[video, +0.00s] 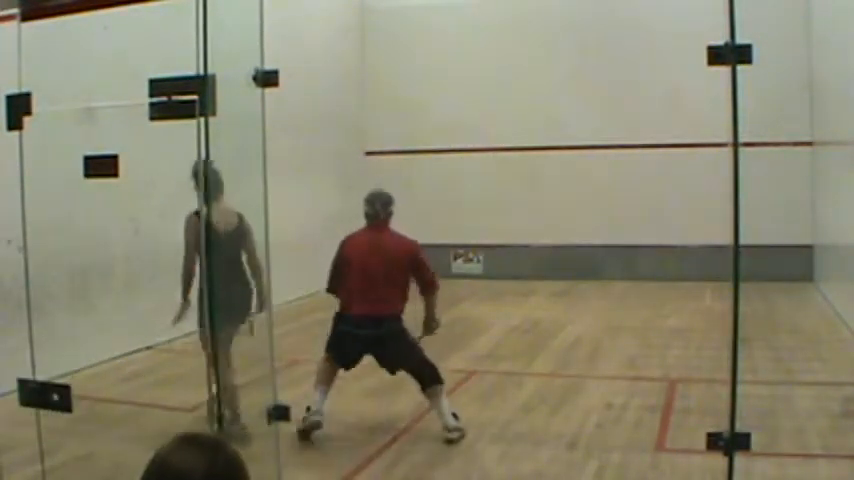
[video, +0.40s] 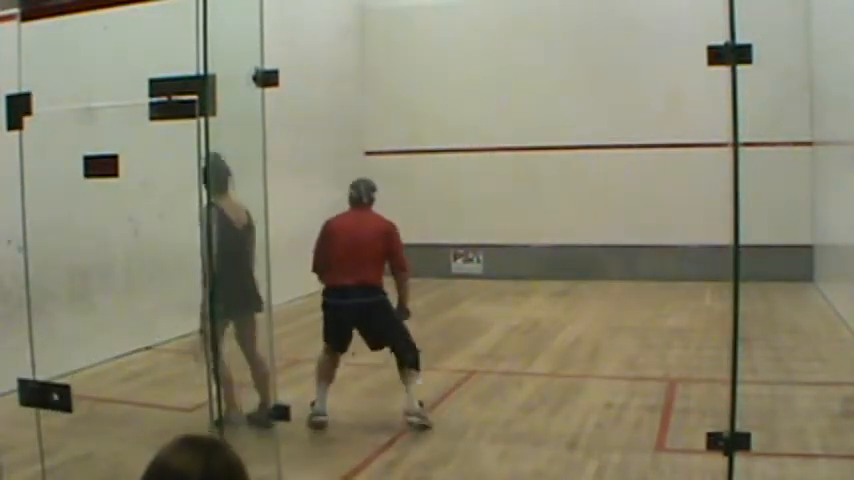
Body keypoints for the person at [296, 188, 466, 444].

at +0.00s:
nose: (372, 213)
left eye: (370, 208)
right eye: (383, 209)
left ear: (366, 212)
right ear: (391, 212)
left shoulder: (350, 243)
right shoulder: (407, 247)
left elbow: (334, 286)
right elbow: (428, 284)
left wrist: (358, 300)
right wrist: (430, 317)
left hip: (350, 327)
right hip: (389, 328)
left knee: (331, 360)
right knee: (425, 372)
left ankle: (315, 410)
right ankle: (449, 421)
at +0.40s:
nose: (371, 201)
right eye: (373, 197)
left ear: (350, 199)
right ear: (373, 199)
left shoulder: (332, 225)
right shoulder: (385, 227)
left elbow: (319, 267)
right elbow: (400, 269)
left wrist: (340, 284)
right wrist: (403, 303)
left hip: (336, 302)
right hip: (372, 300)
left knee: (331, 351)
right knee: (405, 349)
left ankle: (320, 405)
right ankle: (412, 404)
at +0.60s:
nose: (387, 193)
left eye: (382, 187)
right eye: (393, 189)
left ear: (374, 188)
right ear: (397, 190)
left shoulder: (354, 213)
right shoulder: (406, 218)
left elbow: (335, 253)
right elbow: (416, 260)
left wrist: (343, 285)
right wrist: (422, 294)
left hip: (351, 294)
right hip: (385, 295)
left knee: (344, 341)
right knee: (403, 347)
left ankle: (325, 398)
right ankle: (388, 408)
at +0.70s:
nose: (401, 192)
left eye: (394, 185)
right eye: (405, 188)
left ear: (384, 185)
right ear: (407, 187)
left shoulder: (362, 209)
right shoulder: (413, 215)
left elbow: (340, 247)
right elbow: (424, 259)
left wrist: (342, 282)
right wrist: (431, 295)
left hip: (357, 291)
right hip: (390, 294)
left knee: (357, 340)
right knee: (405, 349)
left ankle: (336, 393)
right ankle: (389, 407)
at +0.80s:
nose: (411, 185)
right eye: (414, 181)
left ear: (391, 177)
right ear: (415, 181)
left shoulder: (368, 201)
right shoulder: (417, 208)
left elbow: (343, 235)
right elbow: (425, 254)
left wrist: (342, 269)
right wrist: (434, 289)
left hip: (361, 281)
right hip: (392, 284)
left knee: (373, 333)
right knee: (405, 344)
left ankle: (356, 393)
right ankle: (390, 405)